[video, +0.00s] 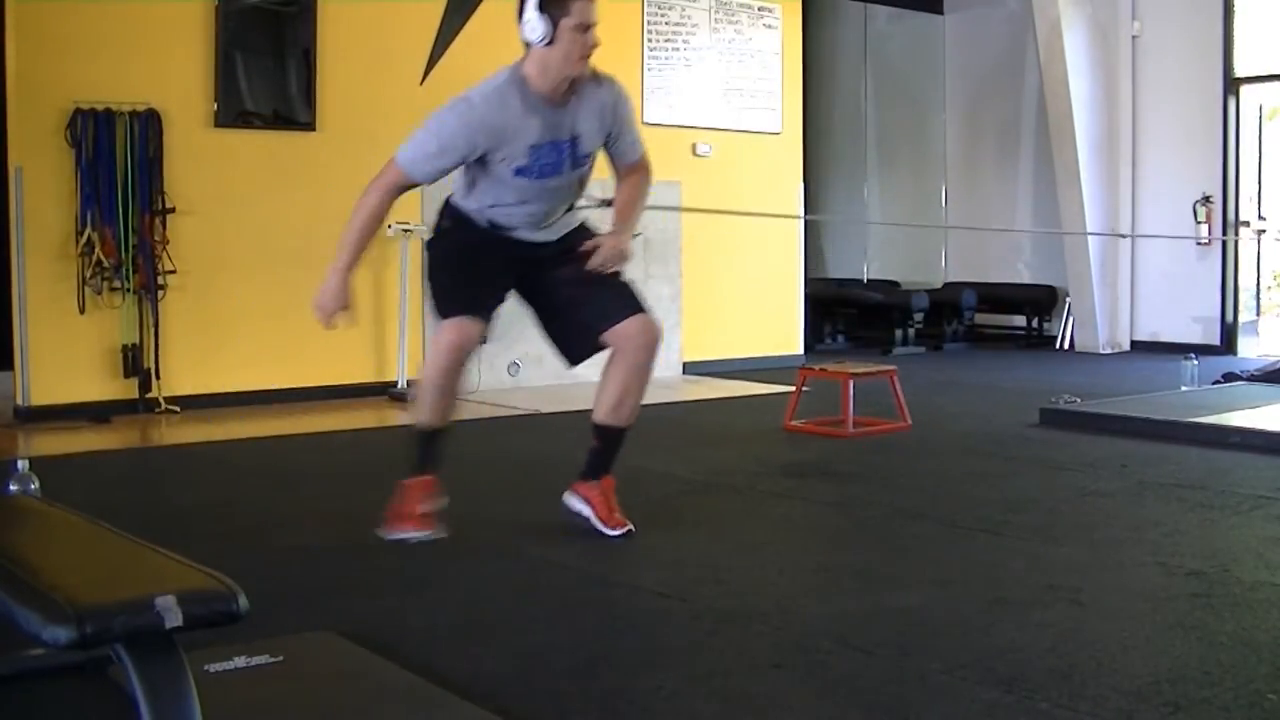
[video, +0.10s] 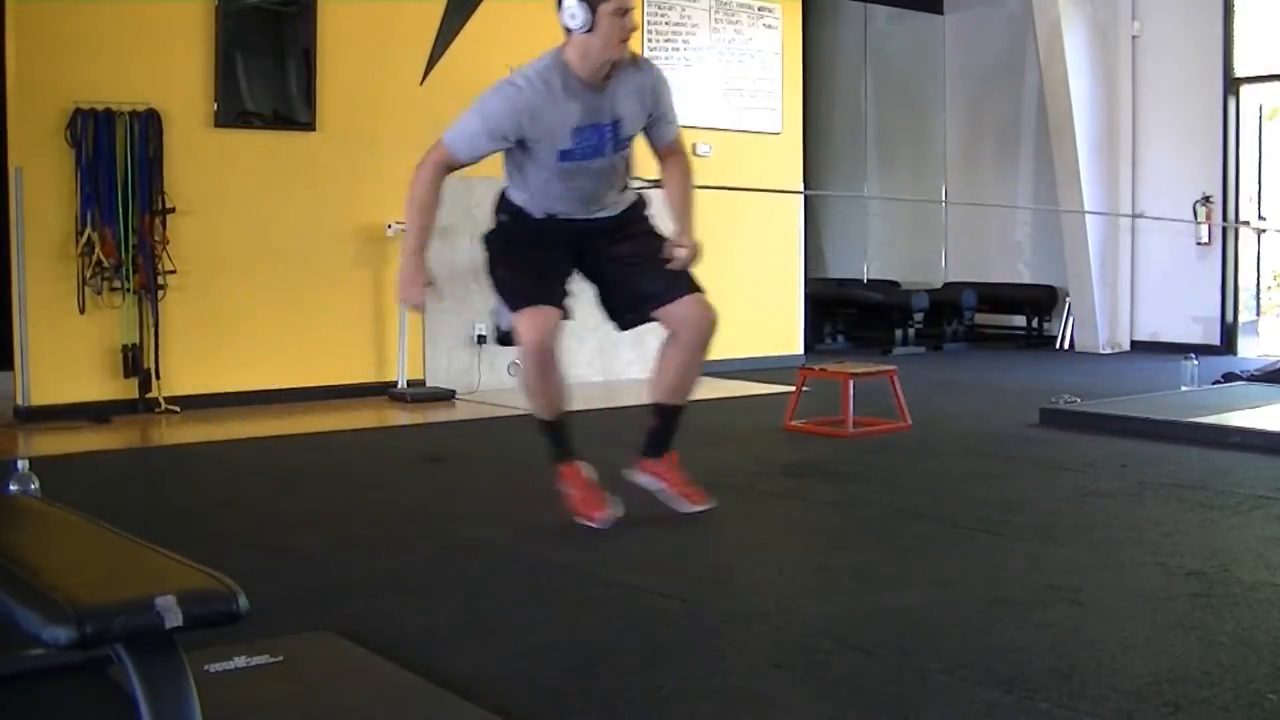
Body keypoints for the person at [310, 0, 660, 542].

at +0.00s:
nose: (594, 39)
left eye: (594, 27)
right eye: (582, 28)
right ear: (540, 35)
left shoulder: (604, 97)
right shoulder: (485, 109)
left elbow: (635, 171)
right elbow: (387, 183)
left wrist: (621, 234)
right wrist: (338, 275)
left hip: (556, 238)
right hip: (475, 235)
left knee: (637, 334)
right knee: (459, 332)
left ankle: (595, 483)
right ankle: (421, 485)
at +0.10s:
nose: (631, 24)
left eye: (631, 13)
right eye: (619, 13)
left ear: (622, 21)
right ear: (579, 21)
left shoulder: (642, 81)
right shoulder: (526, 94)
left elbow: (672, 154)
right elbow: (433, 164)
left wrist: (683, 229)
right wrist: (412, 263)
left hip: (615, 221)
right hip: (532, 227)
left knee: (694, 318)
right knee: (537, 335)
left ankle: (655, 458)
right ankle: (568, 469)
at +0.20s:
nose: (672, 32)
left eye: (672, 21)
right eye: (660, 21)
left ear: (664, 28)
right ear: (622, 29)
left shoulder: (685, 86)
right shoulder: (570, 102)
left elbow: (720, 156)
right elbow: (484, 168)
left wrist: (746, 220)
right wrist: (454, 255)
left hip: (676, 236)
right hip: (595, 243)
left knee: (755, 341)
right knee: (595, 357)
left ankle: (766, 450)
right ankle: (612, 485)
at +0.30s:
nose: (723, 48)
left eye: (723, 38)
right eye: (713, 39)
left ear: (716, 43)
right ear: (679, 46)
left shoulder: (744, 100)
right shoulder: (631, 118)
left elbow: (787, 159)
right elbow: (546, 177)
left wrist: (801, 175)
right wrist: (491, 251)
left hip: (736, 251)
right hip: (657, 252)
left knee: (807, 359)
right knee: (637, 351)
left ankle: (829, 463)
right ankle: (618, 487)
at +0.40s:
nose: (784, 42)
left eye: (784, 32)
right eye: (774, 33)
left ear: (775, 39)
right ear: (739, 41)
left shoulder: (802, 91)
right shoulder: (696, 111)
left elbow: (841, 152)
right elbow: (616, 176)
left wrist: (841, 154)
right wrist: (552, 241)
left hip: (780, 240)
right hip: (708, 242)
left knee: (856, 343)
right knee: (715, 340)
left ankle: (836, 461)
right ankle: (643, 479)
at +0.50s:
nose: (834, 31)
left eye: (836, 20)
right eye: (823, 21)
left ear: (833, 26)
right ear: (788, 27)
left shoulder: (839, 76)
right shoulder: (745, 98)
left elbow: (860, 131)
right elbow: (679, 174)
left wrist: (873, 174)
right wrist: (637, 252)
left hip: (813, 218)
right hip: (746, 224)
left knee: (893, 309)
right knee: (771, 329)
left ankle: (861, 436)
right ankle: (734, 470)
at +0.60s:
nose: (878, 42)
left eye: (879, 32)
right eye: (869, 32)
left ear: (876, 37)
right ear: (833, 36)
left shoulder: (880, 88)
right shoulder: (793, 106)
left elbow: (888, 151)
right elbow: (735, 192)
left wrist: (912, 221)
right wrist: (731, 284)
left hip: (847, 225)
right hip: (780, 231)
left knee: (920, 314)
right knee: (814, 327)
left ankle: (931, 426)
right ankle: (786, 468)